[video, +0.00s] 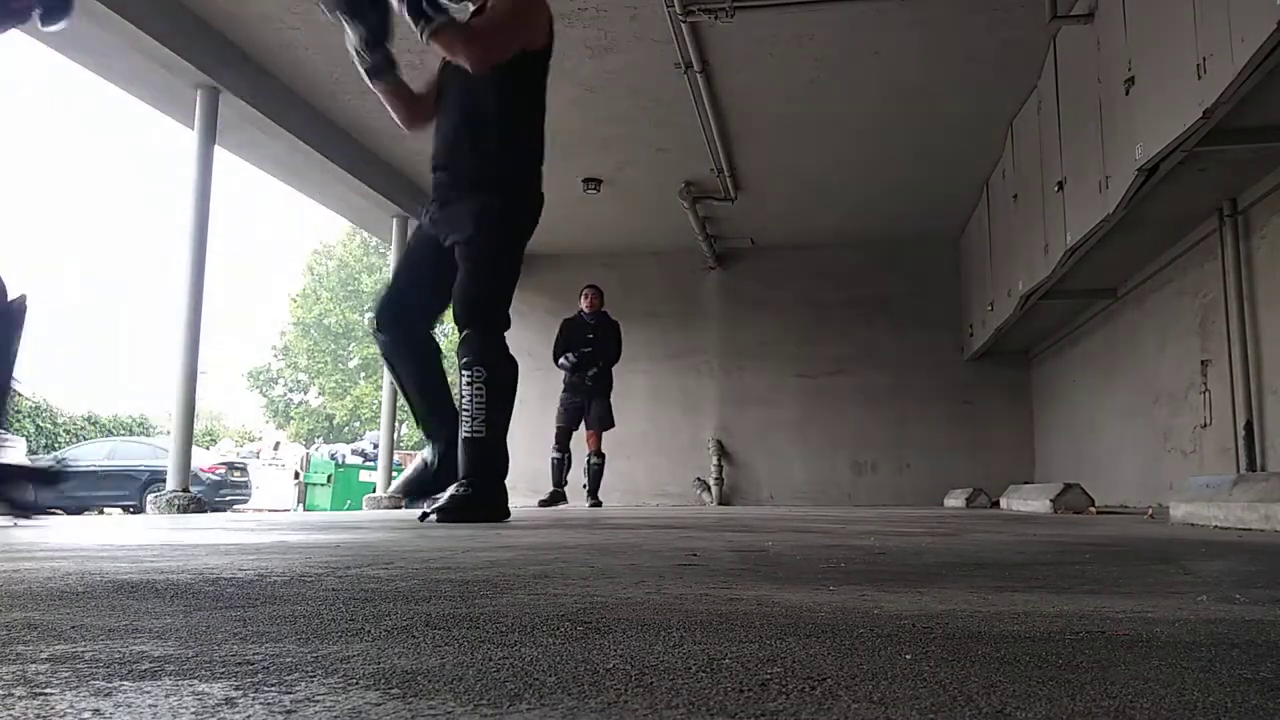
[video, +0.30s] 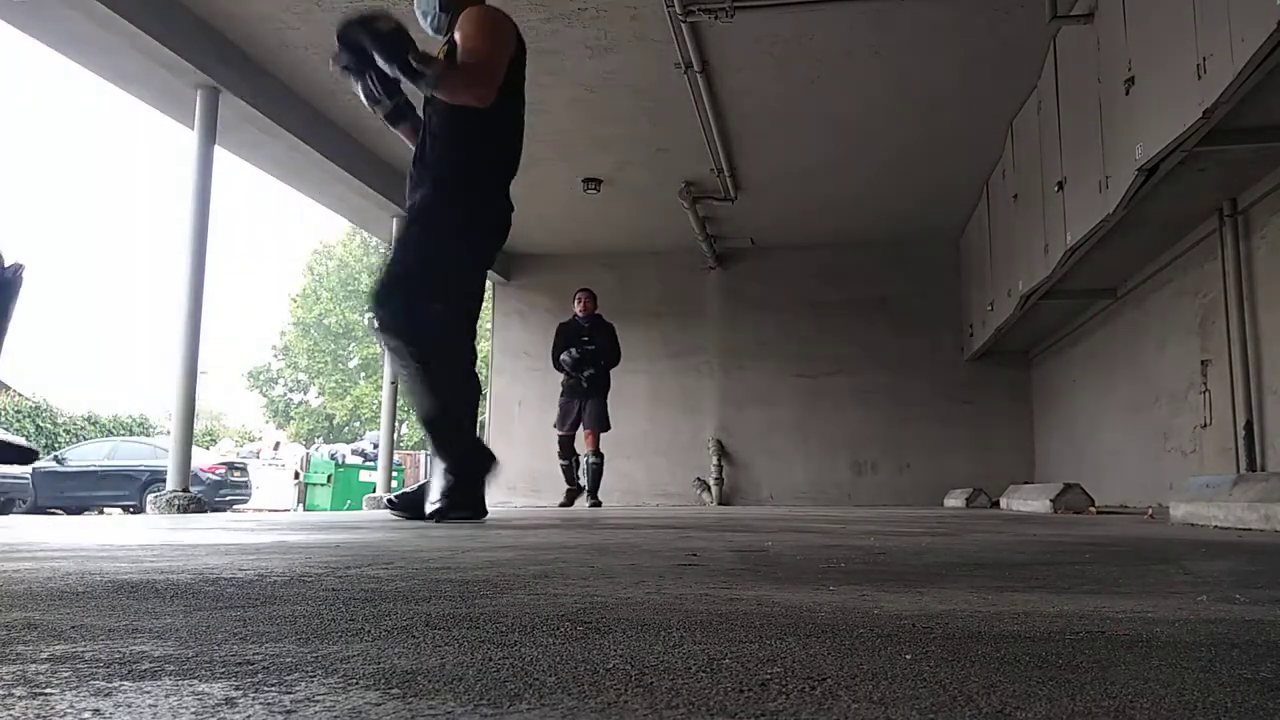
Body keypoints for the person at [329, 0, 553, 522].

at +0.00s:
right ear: (474, 4)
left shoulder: (526, 8)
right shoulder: (464, 41)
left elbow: (474, 52)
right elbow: (413, 113)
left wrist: (417, 10)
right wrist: (372, 53)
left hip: (500, 199)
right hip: (448, 206)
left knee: (478, 323)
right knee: (397, 319)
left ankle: (485, 488)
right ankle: (448, 448)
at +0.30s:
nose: (425, 12)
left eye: (426, 8)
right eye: (424, 13)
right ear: (439, 12)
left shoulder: (483, 20)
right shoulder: (460, 51)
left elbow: (478, 87)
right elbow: (439, 151)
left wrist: (406, 58)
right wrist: (392, 108)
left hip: (459, 206)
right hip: (455, 209)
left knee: (396, 312)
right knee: (448, 341)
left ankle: (461, 456)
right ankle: (453, 486)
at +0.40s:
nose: (419, 10)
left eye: (422, 5)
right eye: (419, 9)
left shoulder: (479, 20)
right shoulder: (450, 47)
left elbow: (452, 75)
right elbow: (423, 145)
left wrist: (394, 31)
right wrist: (383, 87)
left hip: (457, 197)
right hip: (461, 206)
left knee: (359, 274)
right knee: (446, 347)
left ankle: (421, 421)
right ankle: (456, 483)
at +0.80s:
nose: (414, 11)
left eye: (421, 2)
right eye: (412, 6)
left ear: (449, 1)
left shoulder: (471, 35)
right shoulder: (441, 61)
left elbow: (427, 81)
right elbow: (401, 152)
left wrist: (371, 32)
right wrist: (373, 85)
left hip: (416, 209)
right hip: (442, 221)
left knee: (340, 310)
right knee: (422, 349)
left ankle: (346, 462)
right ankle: (454, 482)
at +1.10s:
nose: (370, 20)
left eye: (372, 13)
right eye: (370, 17)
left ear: (394, 5)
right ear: (404, 9)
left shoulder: (434, 23)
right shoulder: (403, 55)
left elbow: (399, 74)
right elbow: (369, 123)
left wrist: (322, 30)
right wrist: (346, 54)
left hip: (403, 202)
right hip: (438, 213)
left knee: (315, 301)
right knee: (424, 349)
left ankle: (317, 446)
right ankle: (455, 483)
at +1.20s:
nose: (360, 27)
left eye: (364, 17)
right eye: (365, 22)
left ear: (386, 6)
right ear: (409, 11)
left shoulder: (412, 19)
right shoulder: (429, 59)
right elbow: (358, 113)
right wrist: (332, 50)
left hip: (405, 206)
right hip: (442, 214)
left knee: (335, 321)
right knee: (408, 347)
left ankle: (335, 471)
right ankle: (454, 480)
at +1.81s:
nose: (393, 11)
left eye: (398, 7)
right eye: (394, 10)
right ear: (412, 11)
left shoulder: (465, 18)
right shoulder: (418, 53)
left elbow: (397, 40)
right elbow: (355, 103)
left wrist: (330, 3)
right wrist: (326, 52)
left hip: (445, 197)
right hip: (415, 203)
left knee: (380, 315)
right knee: (424, 341)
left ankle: (375, 471)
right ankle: (467, 479)